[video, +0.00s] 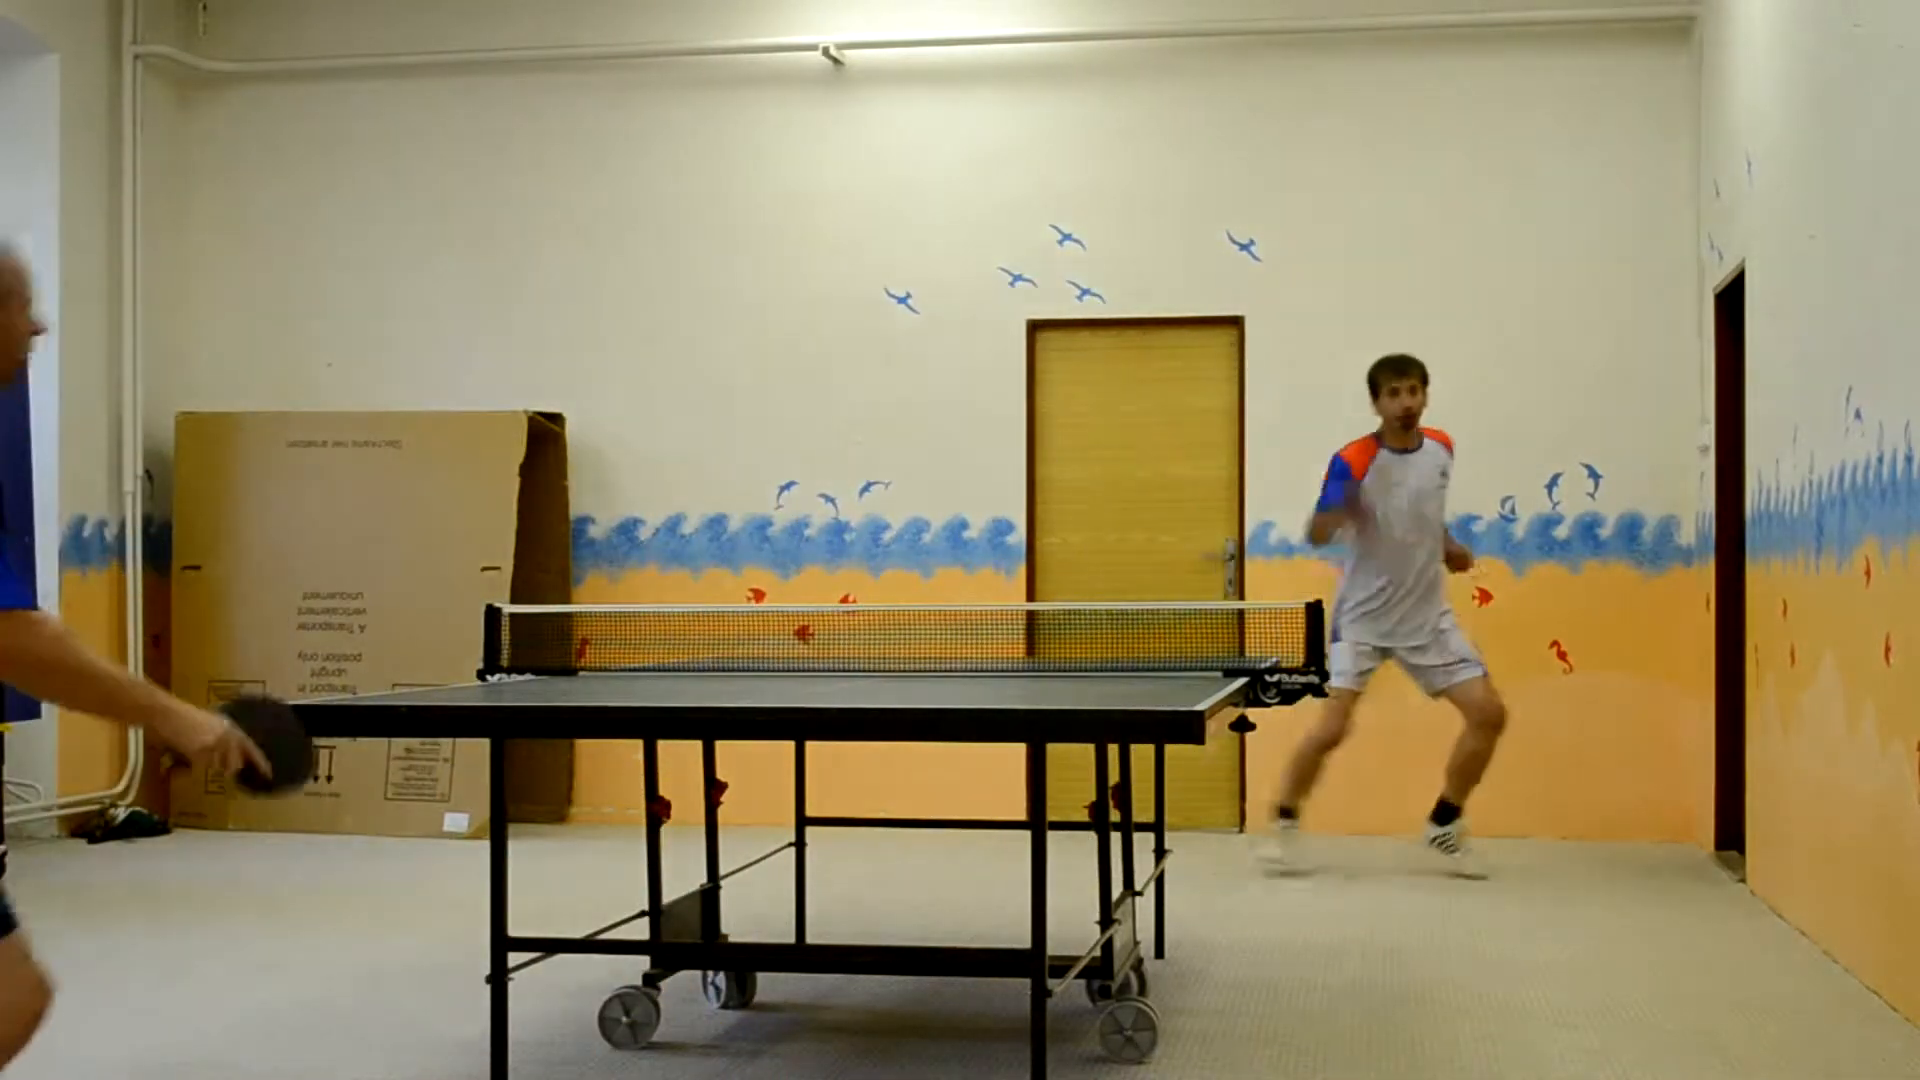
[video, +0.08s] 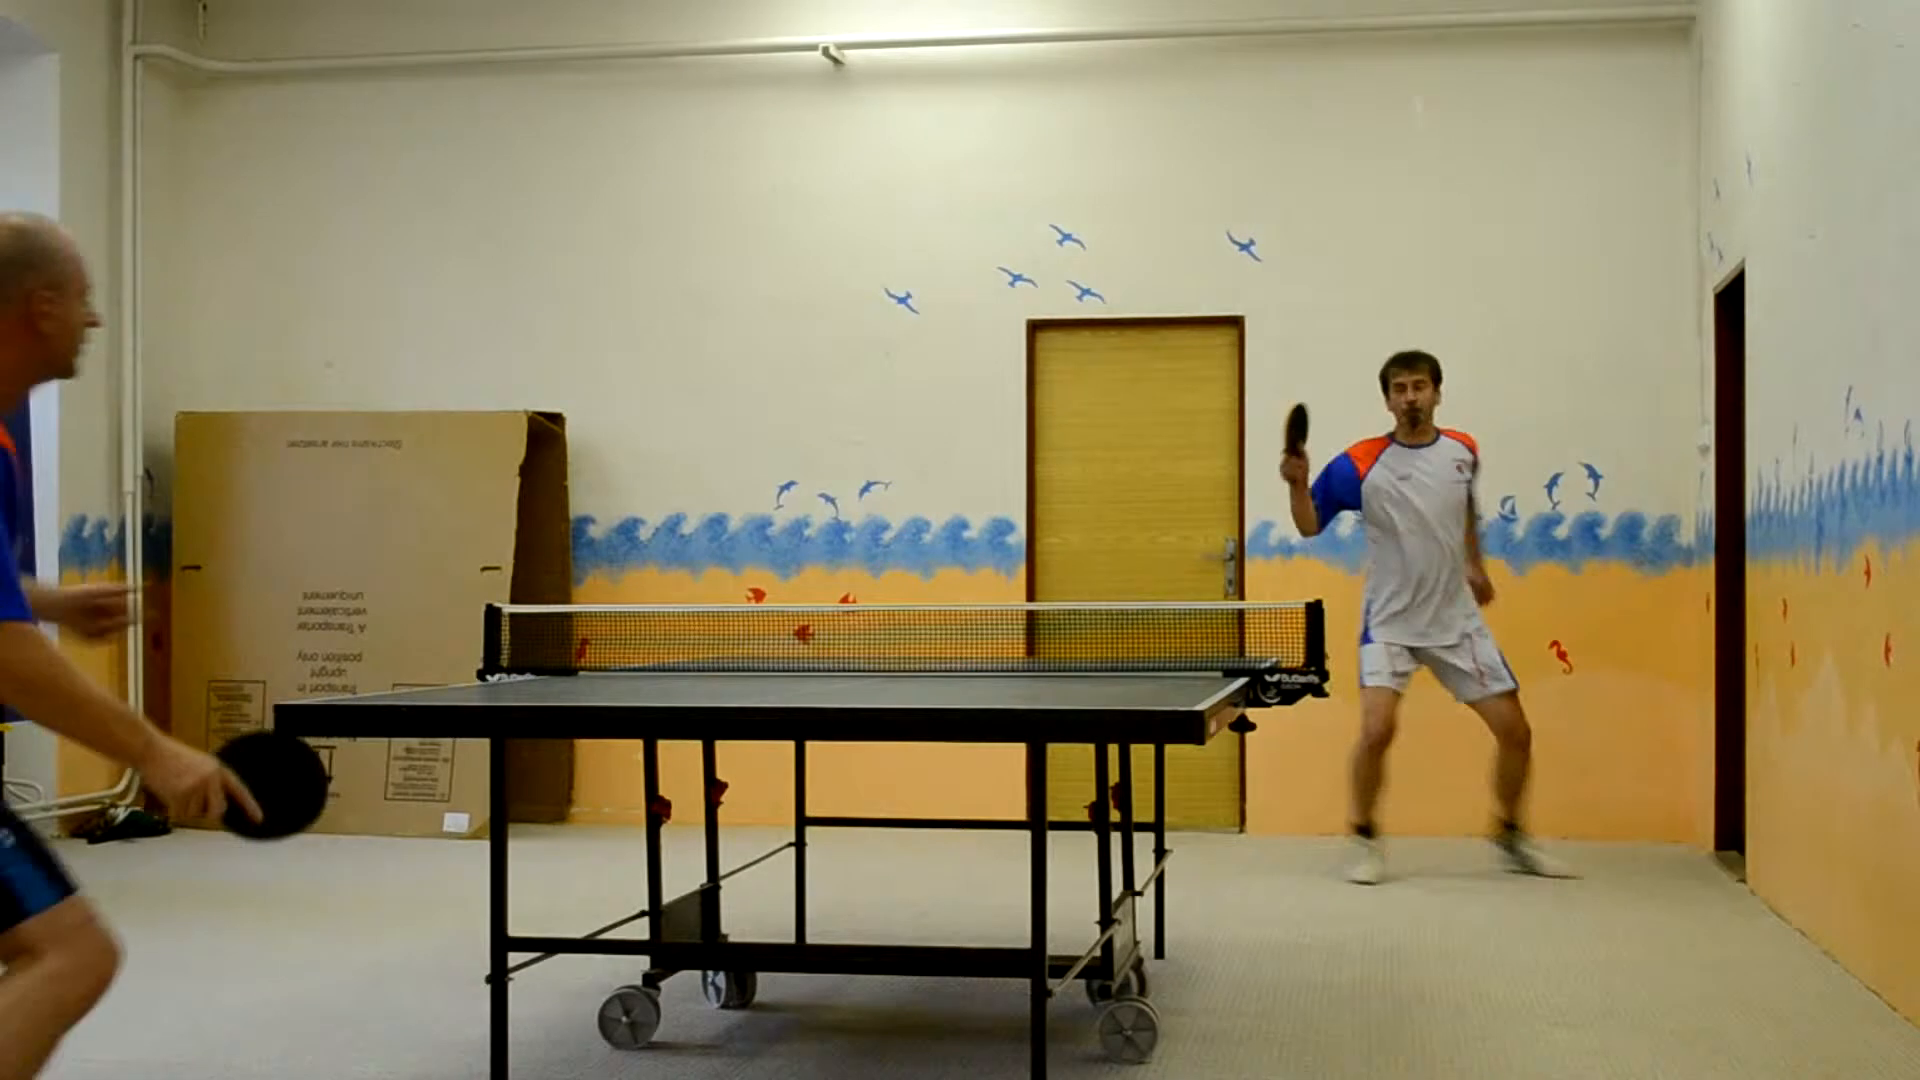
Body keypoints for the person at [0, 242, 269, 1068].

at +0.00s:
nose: (34, 336)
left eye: (32, 319)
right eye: (24, 320)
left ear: (14, 320)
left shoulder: (14, 419)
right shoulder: (8, 419)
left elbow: (16, 631)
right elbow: (14, 632)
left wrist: (169, 717)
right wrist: (173, 717)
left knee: (18, 994)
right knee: (17, 996)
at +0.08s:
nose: (93, 319)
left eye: (89, 301)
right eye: (81, 301)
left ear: (34, 314)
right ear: (34, 312)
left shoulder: (13, 423)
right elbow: (5, 640)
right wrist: (150, 750)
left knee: (52, 950)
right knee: (75, 954)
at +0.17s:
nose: (151, 344)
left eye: (149, 328)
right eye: (146, 327)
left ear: (81, 334)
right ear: (108, 336)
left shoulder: (27, 441)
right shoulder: (13, 465)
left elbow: (53, 572)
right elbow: (11, 675)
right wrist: (148, 793)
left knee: (91, 952)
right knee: (107, 952)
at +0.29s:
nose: (245, 364)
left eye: (243, 346)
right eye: (241, 346)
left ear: (137, 347)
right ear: (209, 360)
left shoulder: (126, 462)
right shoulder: (91, 473)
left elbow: (166, 629)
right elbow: (37, 683)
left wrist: (309, 635)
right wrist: (107, 857)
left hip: (27, 787)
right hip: (9, 794)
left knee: (121, 926)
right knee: (164, 952)